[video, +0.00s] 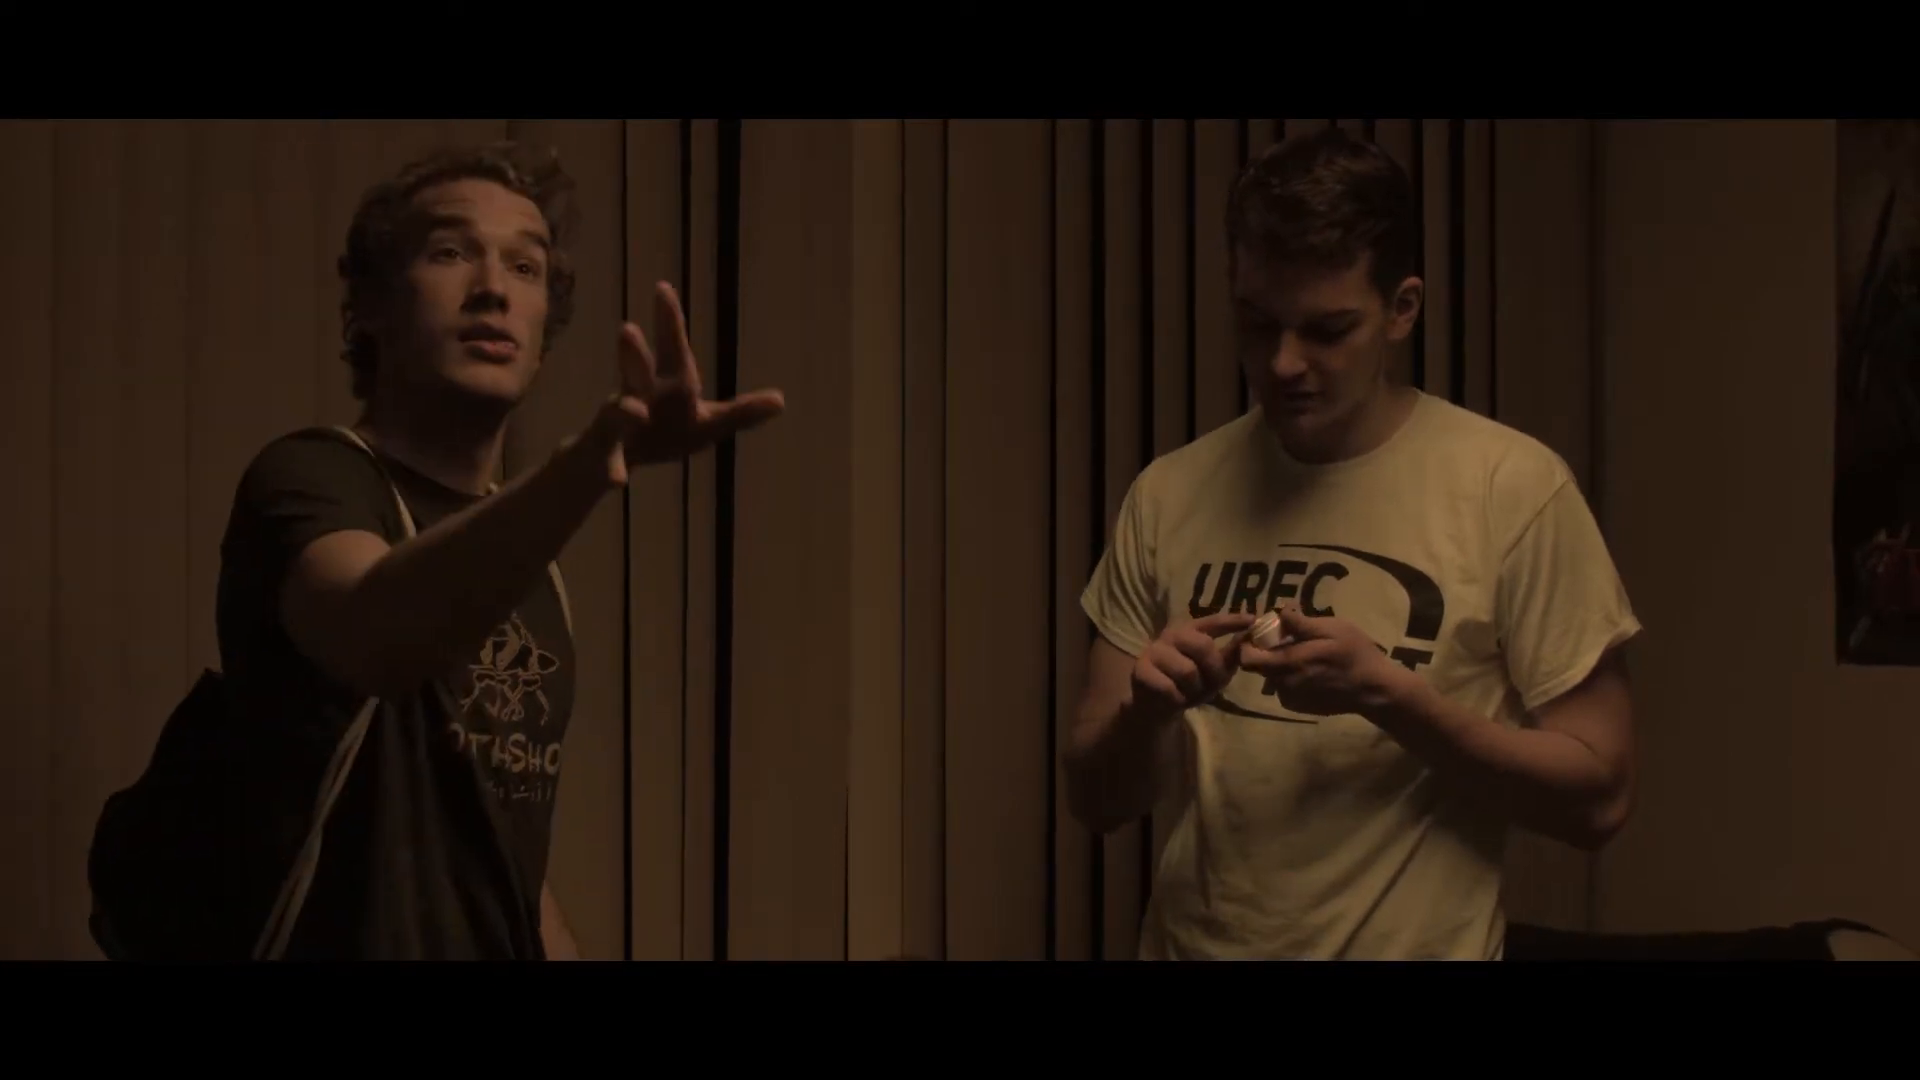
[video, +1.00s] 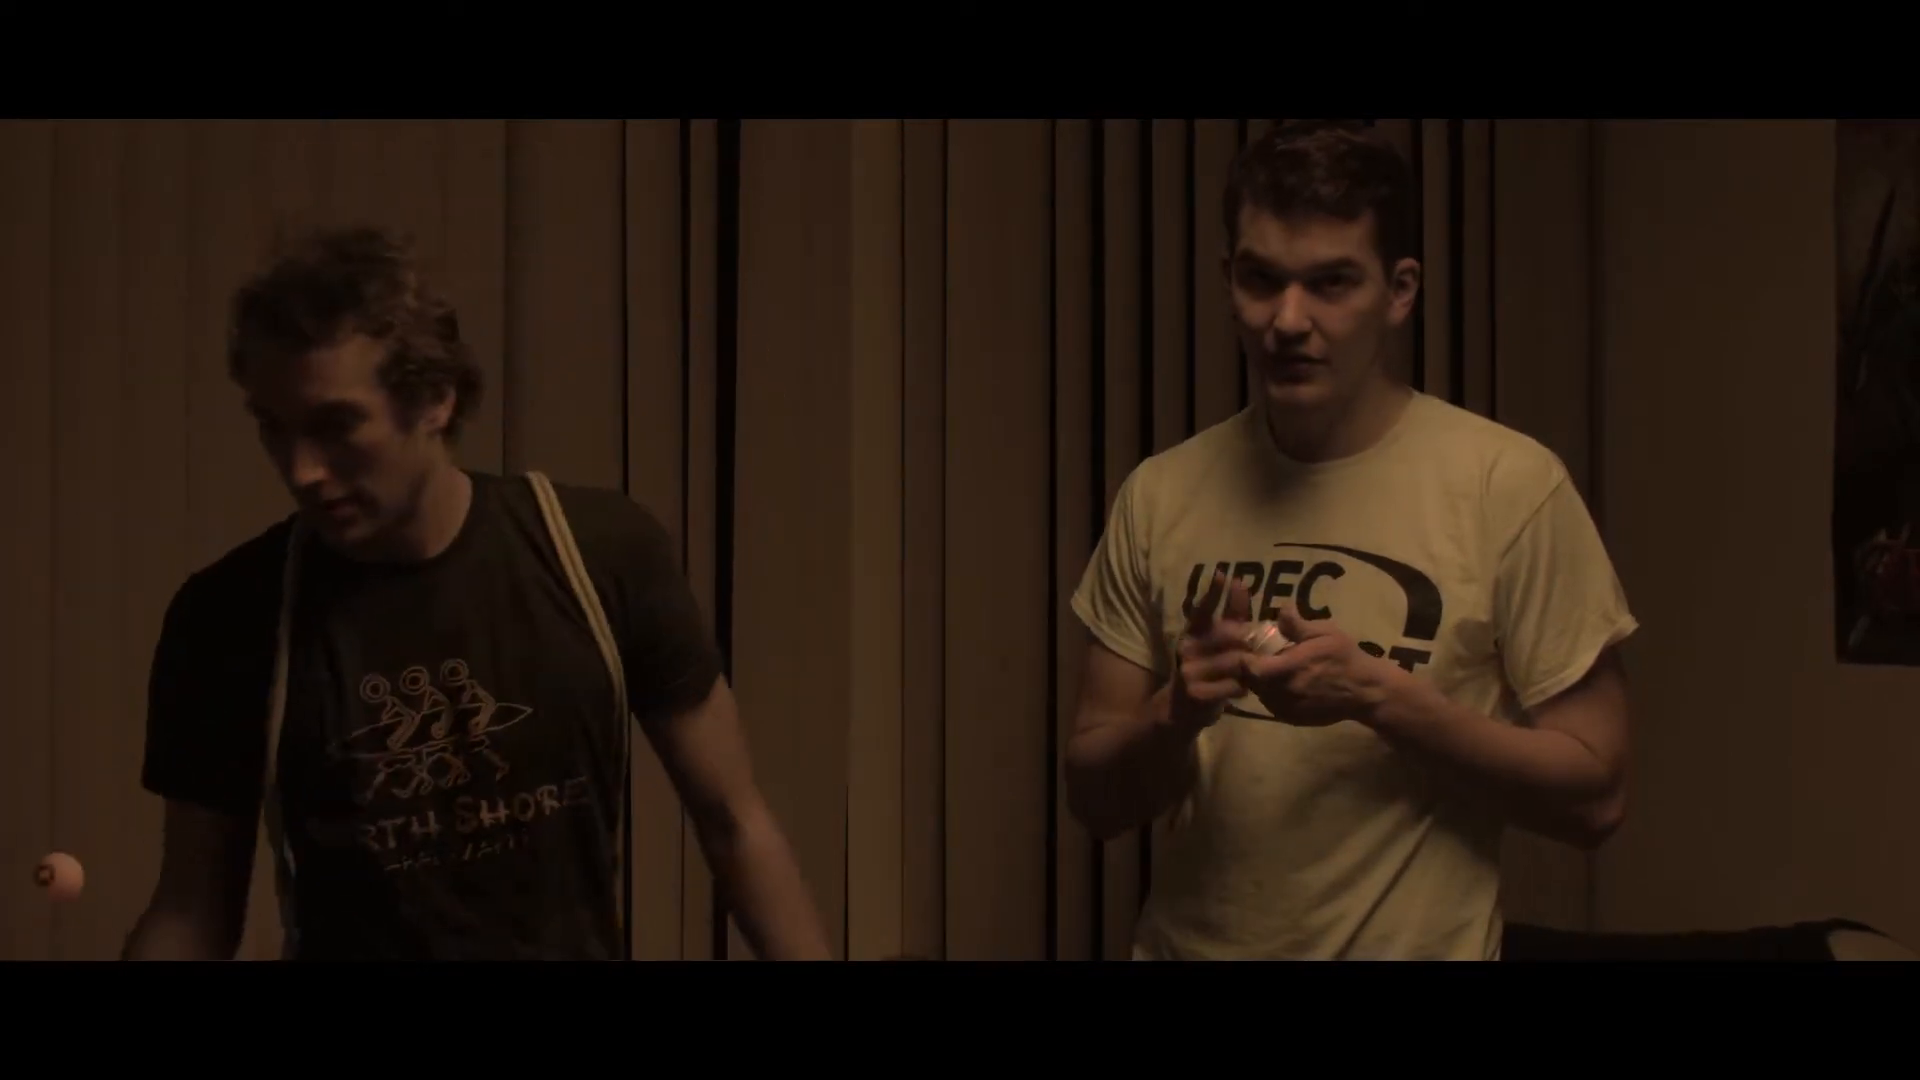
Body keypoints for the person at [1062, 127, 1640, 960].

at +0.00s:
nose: (1287, 365)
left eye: (1328, 331)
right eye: (1260, 327)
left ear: (1403, 311)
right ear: (1237, 306)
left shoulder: (1515, 492)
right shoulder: (1167, 497)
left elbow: (1597, 797)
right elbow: (1091, 802)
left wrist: (1393, 693)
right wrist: (1144, 713)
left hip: (1417, 945)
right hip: (1194, 943)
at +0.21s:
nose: (1288, 362)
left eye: (1330, 328)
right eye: (1262, 322)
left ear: (1404, 310)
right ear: (1240, 299)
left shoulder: (1514, 492)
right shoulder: (1165, 495)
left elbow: (1594, 798)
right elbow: (1089, 799)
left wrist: (1397, 694)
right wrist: (1147, 716)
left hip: (1416, 945)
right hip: (1193, 942)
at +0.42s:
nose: (1289, 356)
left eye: (1331, 322)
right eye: (1262, 317)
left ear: (1404, 308)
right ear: (1239, 296)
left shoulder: (1513, 491)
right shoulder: (1164, 495)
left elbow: (1595, 798)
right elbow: (1089, 798)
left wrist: (1396, 694)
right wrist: (1153, 724)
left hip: (1417, 945)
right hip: (1193, 941)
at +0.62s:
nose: (1298, 339)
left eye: (1339, 301)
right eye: (1270, 297)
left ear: (1405, 299)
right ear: (1238, 286)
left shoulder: (1513, 492)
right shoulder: (1160, 497)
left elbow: (1595, 797)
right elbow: (1088, 798)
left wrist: (1390, 693)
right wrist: (1158, 724)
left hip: (1418, 945)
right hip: (1195, 941)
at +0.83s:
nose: (1297, 328)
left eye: (1338, 290)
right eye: (1269, 286)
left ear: (1404, 295)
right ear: (1236, 285)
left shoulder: (1511, 490)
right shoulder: (1159, 497)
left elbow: (1595, 796)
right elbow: (1090, 796)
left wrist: (1388, 692)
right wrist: (1166, 726)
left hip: (1418, 945)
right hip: (1193, 941)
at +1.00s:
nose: (1287, 320)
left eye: (1330, 283)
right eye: (1260, 280)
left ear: (1400, 292)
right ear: (1231, 283)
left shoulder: (1510, 490)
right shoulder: (1159, 498)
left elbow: (1594, 794)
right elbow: (1092, 798)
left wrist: (1382, 693)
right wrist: (1176, 713)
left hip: (1418, 945)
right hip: (1191, 943)